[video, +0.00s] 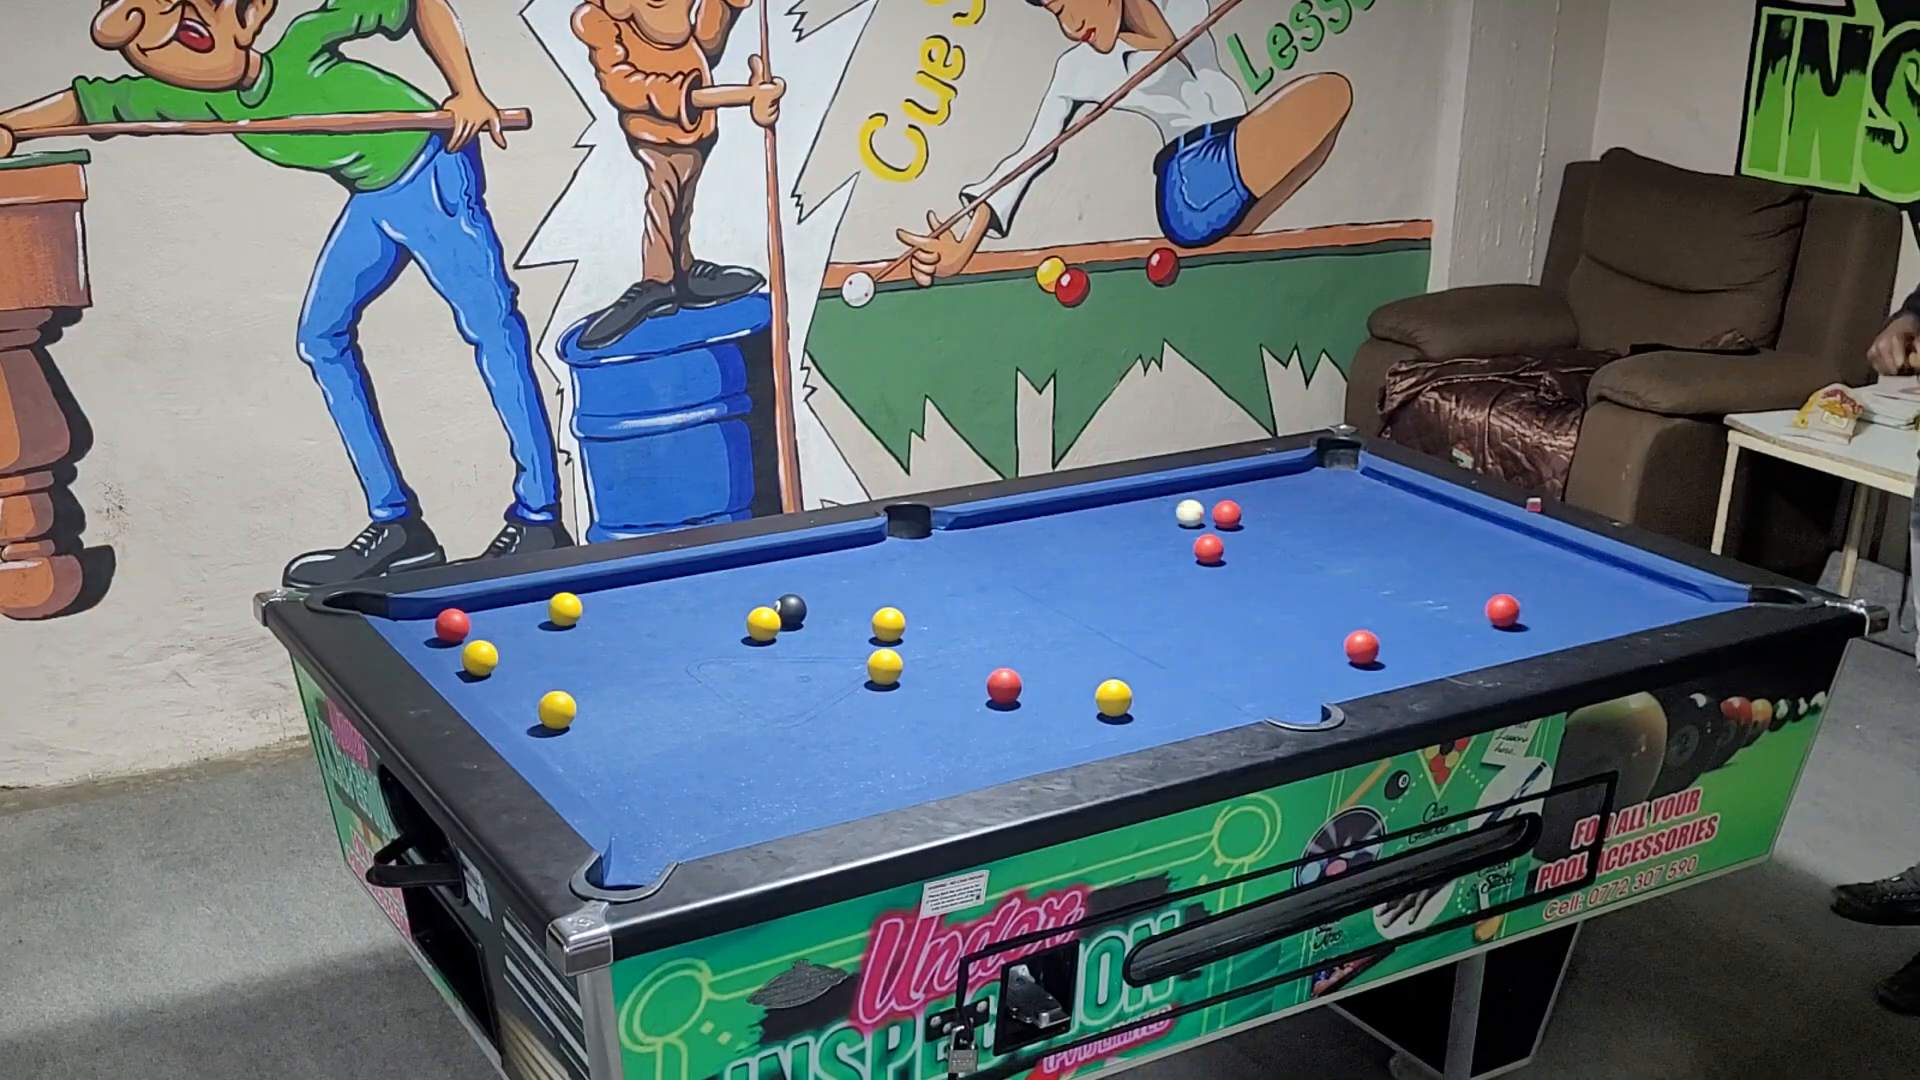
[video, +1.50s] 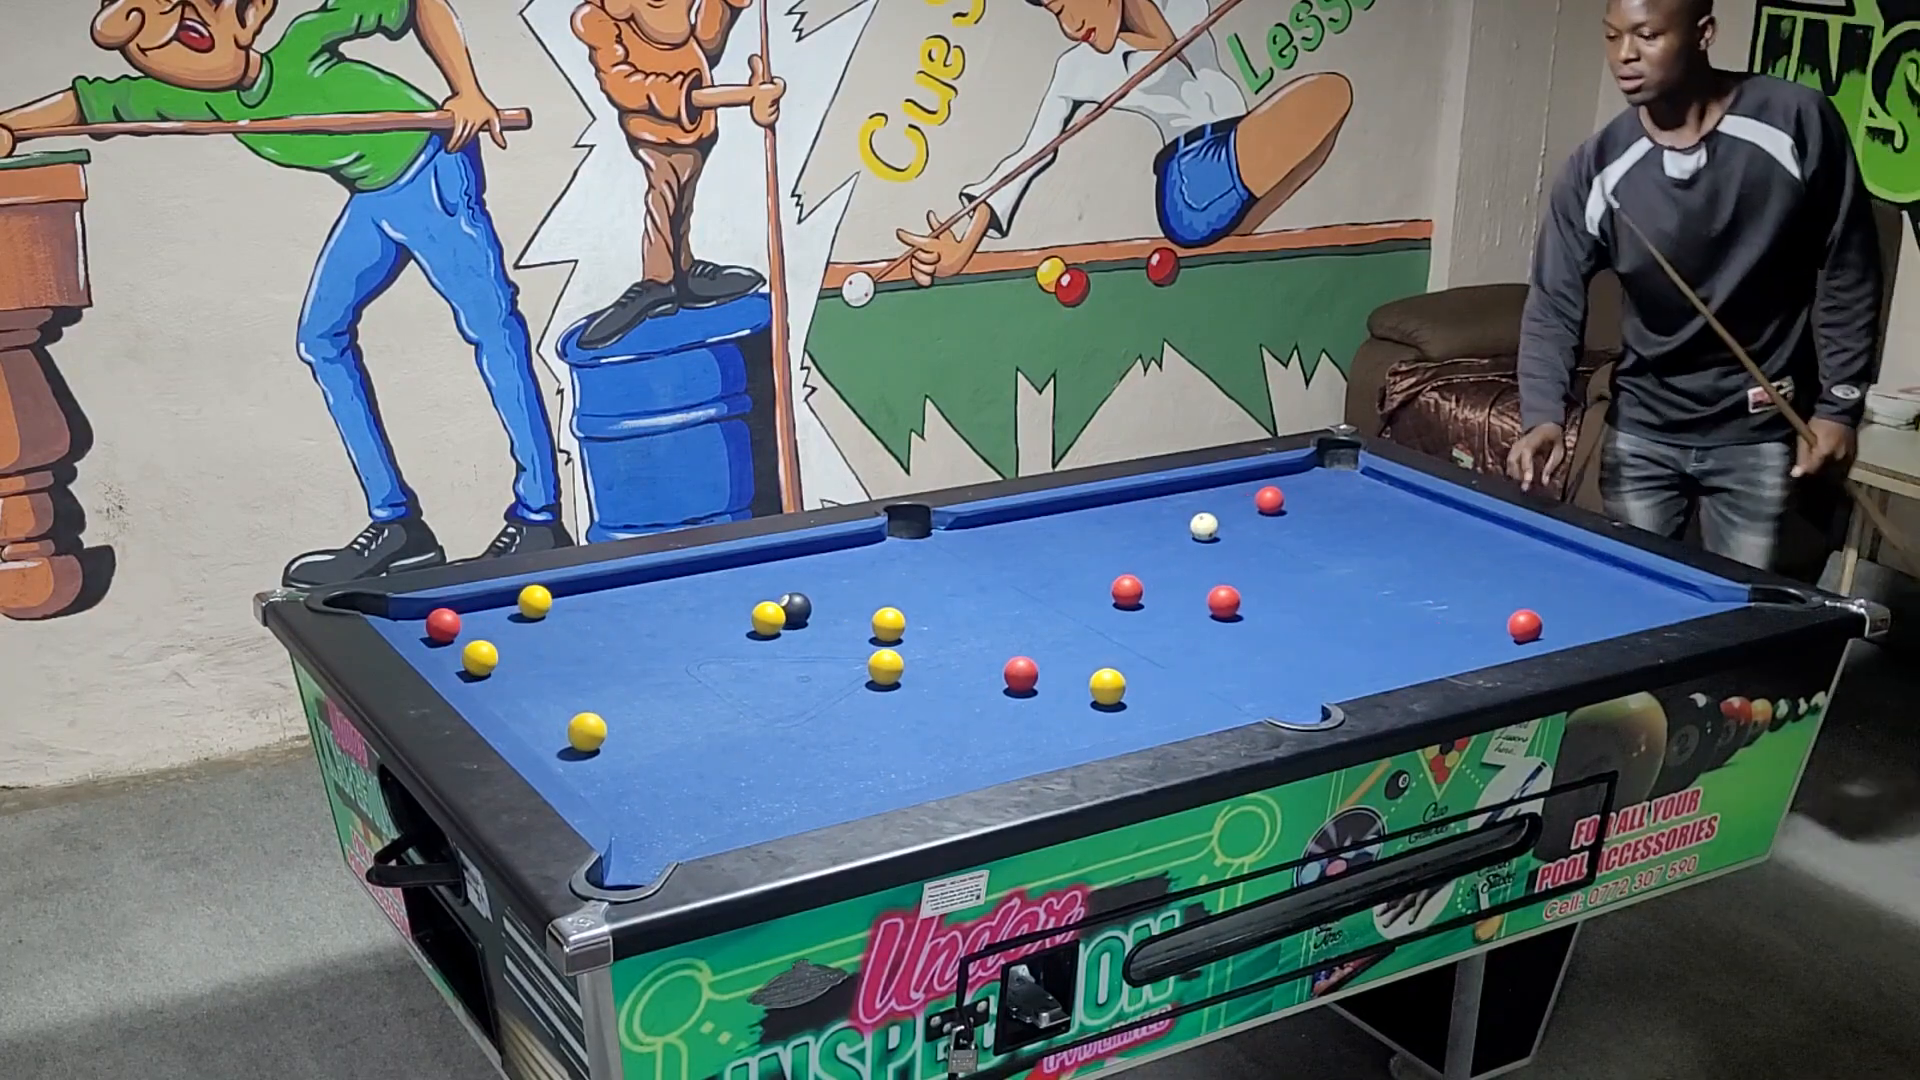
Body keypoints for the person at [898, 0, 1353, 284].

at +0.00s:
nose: (1069, 24)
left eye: (1070, 5)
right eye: (1057, 15)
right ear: (1056, 18)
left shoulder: (1176, 10)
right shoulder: (1076, 69)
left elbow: (1198, 61)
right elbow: (1028, 157)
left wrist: (1140, 13)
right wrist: (964, 245)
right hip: (1193, 183)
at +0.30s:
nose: (1070, 25)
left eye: (1070, 5)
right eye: (1057, 16)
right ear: (1056, 18)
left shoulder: (1177, 11)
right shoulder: (1077, 69)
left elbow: (1200, 61)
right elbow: (1028, 156)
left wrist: (1143, 17)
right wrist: (963, 246)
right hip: (1190, 185)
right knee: (1330, 91)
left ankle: (1239, 231)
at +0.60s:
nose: (1069, 24)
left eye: (1070, 5)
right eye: (1057, 16)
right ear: (1056, 18)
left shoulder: (1176, 10)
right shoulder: (1076, 69)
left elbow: (1197, 58)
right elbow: (1029, 156)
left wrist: (1137, 11)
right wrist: (964, 245)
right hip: (1195, 180)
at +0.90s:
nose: (1070, 23)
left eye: (1072, 4)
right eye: (1056, 15)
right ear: (1055, 18)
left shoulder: (1175, 10)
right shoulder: (1076, 69)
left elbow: (1194, 58)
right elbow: (1028, 156)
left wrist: (1142, 13)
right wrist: (964, 245)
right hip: (1194, 174)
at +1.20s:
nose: (1070, 23)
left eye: (1071, 4)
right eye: (1056, 15)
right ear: (1055, 18)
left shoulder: (1175, 10)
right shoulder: (1076, 69)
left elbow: (1196, 56)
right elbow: (1028, 156)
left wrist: (1140, 13)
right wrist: (964, 245)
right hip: (1195, 176)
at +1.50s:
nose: (1069, 23)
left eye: (1071, 4)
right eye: (1056, 15)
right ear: (1055, 18)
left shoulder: (1176, 10)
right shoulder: (1076, 68)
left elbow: (1196, 60)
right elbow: (1029, 156)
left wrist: (1139, 10)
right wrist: (964, 245)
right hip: (1195, 182)